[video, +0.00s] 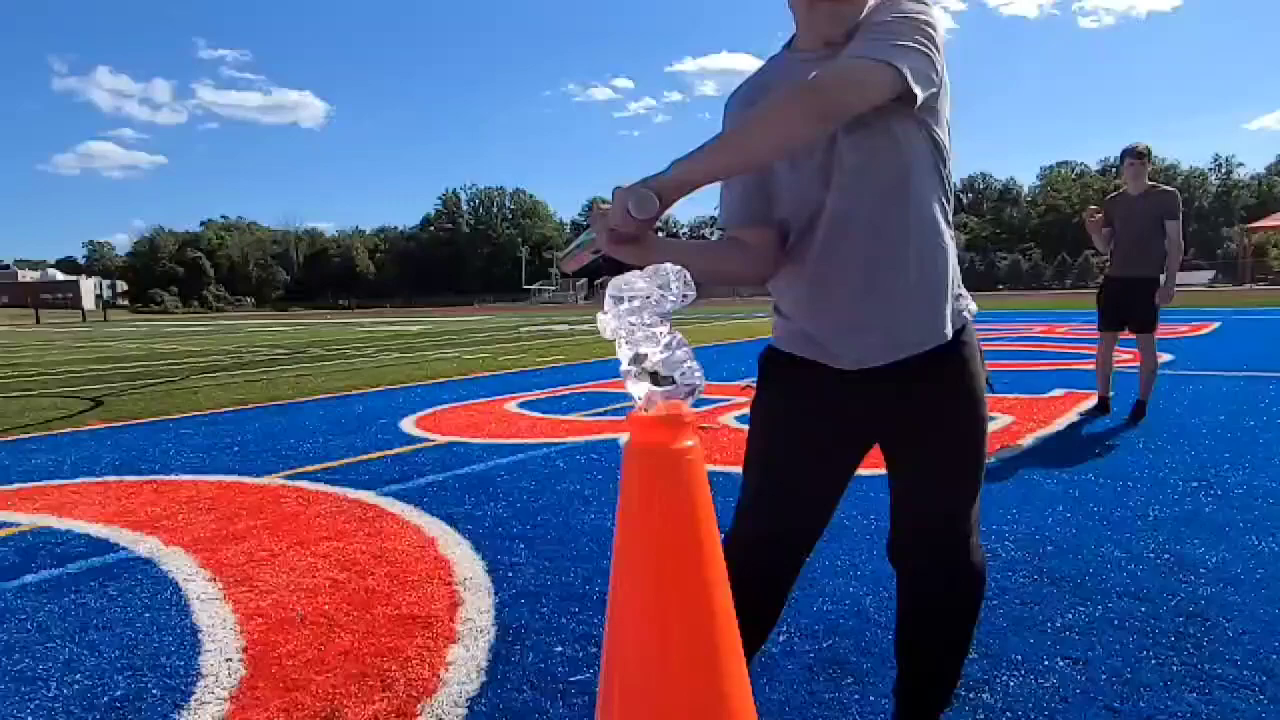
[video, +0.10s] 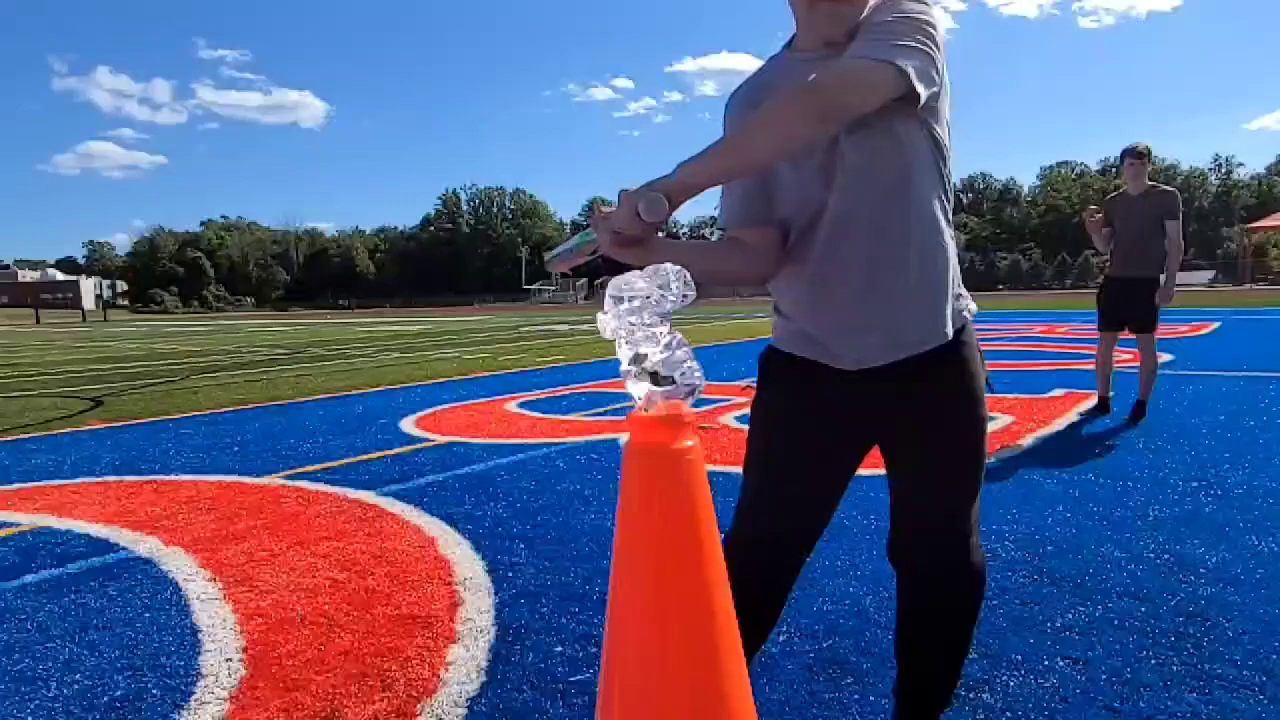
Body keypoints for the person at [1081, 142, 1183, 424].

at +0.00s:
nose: (1135, 164)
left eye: (1140, 159)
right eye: (1129, 160)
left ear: (1148, 165)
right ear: (1122, 167)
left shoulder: (1167, 197)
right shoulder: (1113, 202)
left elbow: (1174, 243)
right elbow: (1104, 247)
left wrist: (1168, 284)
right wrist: (1094, 229)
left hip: (1146, 280)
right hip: (1115, 280)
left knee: (1145, 343)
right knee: (1106, 341)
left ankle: (1141, 402)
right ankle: (1103, 400)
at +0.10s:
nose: (1135, 164)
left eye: (1140, 159)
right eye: (1130, 160)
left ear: (1148, 165)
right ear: (1122, 167)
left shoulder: (1167, 197)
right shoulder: (1113, 202)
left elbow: (1174, 243)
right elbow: (1104, 247)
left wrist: (1168, 284)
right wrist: (1094, 229)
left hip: (1146, 280)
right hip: (1115, 280)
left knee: (1145, 343)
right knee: (1106, 340)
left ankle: (1141, 402)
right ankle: (1103, 400)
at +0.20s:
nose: (1135, 164)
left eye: (1140, 159)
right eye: (1130, 160)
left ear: (1148, 165)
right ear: (1122, 167)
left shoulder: (1167, 197)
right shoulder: (1113, 202)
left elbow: (1174, 242)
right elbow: (1104, 247)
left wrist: (1168, 284)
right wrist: (1094, 229)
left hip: (1146, 281)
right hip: (1115, 280)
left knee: (1145, 343)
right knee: (1106, 341)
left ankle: (1141, 402)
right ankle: (1103, 400)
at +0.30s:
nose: (1135, 164)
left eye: (1140, 160)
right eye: (1130, 160)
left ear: (1148, 165)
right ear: (1122, 167)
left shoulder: (1167, 197)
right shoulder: (1113, 202)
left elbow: (1174, 242)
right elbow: (1104, 247)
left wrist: (1168, 284)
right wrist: (1094, 229)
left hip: (1146, 281)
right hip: (1115, 280)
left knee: (1145, 343)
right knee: (1106, 341)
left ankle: (1141, 402)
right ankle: (1103, 400)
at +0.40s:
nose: (1135, 165)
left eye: (1140, 160)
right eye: (1130, 161)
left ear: (1148, 165)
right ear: (1122, 167)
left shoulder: (1167, 197)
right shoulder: (1113, 202)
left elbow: (1174, 242)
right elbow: (1104, 247)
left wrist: (1168, 284)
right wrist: (1094, 230)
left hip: (1146, 280)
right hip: (1115, 280)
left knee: (1145, 343)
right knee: (1106, 341)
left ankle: (1141, 401)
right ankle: (1103, 399)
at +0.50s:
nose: (1135, 165)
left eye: (1140, 160)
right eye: (1130, 161)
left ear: (1148, 165)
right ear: (1122, 167)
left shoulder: (1167, 197)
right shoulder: (1113, 202)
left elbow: (1174, 242)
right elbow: (1104, 247)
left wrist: (1168, 284)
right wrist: (1094, 229)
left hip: (1146, 281)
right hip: (1115, 280)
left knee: (1145, 343)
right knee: (1106, 341)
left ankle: (1141, 402)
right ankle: (1102, 399)